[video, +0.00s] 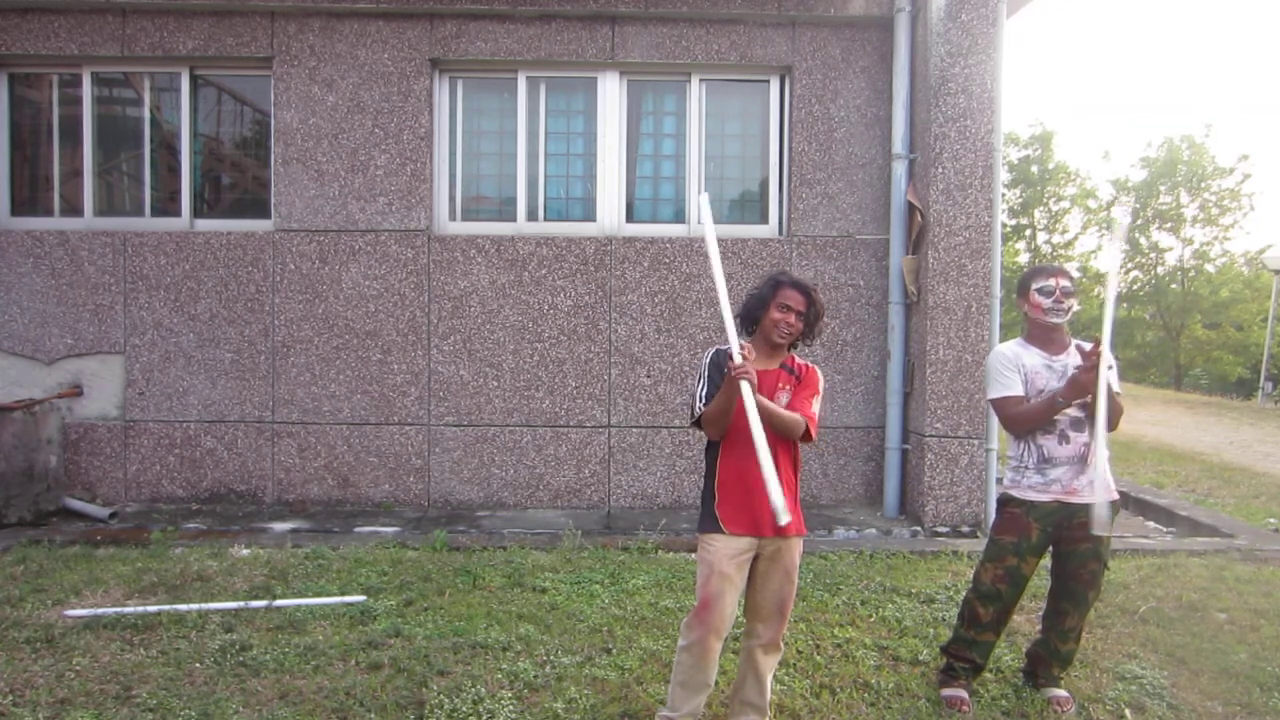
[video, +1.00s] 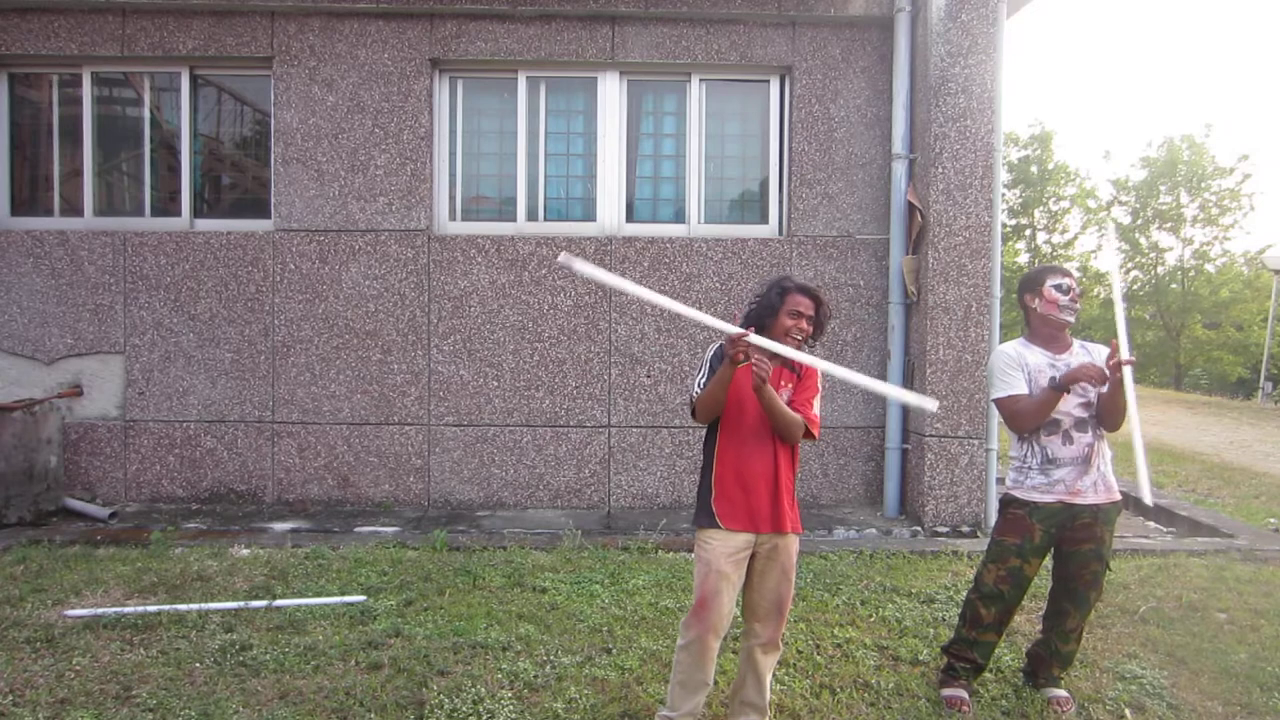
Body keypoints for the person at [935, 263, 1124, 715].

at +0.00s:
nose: (1058, 299)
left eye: (1067, 293)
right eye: (1046, 291)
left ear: (1076, 304)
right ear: (1023, 303)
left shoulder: (1094, 357)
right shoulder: (1006, 356)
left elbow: (1111, 421)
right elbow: (1016, 422)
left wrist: (1098, 375)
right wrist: (1068, 394)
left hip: (1089, 497)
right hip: (1029, 496)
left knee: (1077, 595)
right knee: (994, 586)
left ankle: (1045, 672)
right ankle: (957, 674)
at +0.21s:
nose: (1058, 300)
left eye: (1066, 294)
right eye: (1046, 293)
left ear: (1076, 304)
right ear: (1023, 304)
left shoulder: (1091, 358)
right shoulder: (1007, 356)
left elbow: (1112, 422)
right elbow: (1020, 422)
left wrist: (1095, 384)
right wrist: (1075, 395)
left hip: (1092, 498)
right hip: (1030, 496)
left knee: (1077, 598)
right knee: (995, 587)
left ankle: (1044, 672)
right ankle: (957, 674)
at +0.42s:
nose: (1059, 298)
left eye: (1067, 292)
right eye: (1047, 290)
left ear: (1077, 304)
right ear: (1025, 304)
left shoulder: (1095, 356)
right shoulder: (1008, 355)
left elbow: (1112, 423)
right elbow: (1021, 420)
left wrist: (1097, 394)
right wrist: (1079, 399)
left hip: (1093, 500)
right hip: (1032, 497)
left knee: (1078, 598)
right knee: (996, 587)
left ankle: (1045, 673)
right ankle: (958, 673)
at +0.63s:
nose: (1065, 297)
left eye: (1071, 292)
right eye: (1052, 290)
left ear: (1078, 304)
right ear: (1026, 304)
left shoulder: (1096, 355)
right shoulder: (1009, 356)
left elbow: (1111, 424)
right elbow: (1022, 422)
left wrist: (1105, 391)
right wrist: (1077, 395)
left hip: (1094, 499)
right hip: (1032, 497)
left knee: (1078, 597)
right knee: (996, 587)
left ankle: (1045, 673)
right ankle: (958, 674)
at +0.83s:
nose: (1073, 297)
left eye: (1077, 292)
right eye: (1062, 289)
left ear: (1079, 305)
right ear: (1031, 300)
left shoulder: (1095, 356)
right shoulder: (1008, 355)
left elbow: (1111, 424)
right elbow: (1020, 421)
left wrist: (1110, 383)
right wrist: (1069, 393)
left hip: (1093, 500)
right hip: (1032, 498)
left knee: (1077, 599)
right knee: (996, 588)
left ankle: (1046, 674)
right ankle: (957, 675)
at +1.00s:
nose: (1072, 297)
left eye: (1076, 292)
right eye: (1061, 289)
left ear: (1079, 307)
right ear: (1030, 300)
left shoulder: (1094, 355)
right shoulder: (1009, 355)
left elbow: (1112, 422)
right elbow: (1020, 421)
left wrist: (1117, 379)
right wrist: (1065, 382)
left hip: (1093, 499)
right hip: (1032, 497)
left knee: (1077, 598)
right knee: (996, 587)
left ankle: (1046, 673)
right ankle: (957, 675)